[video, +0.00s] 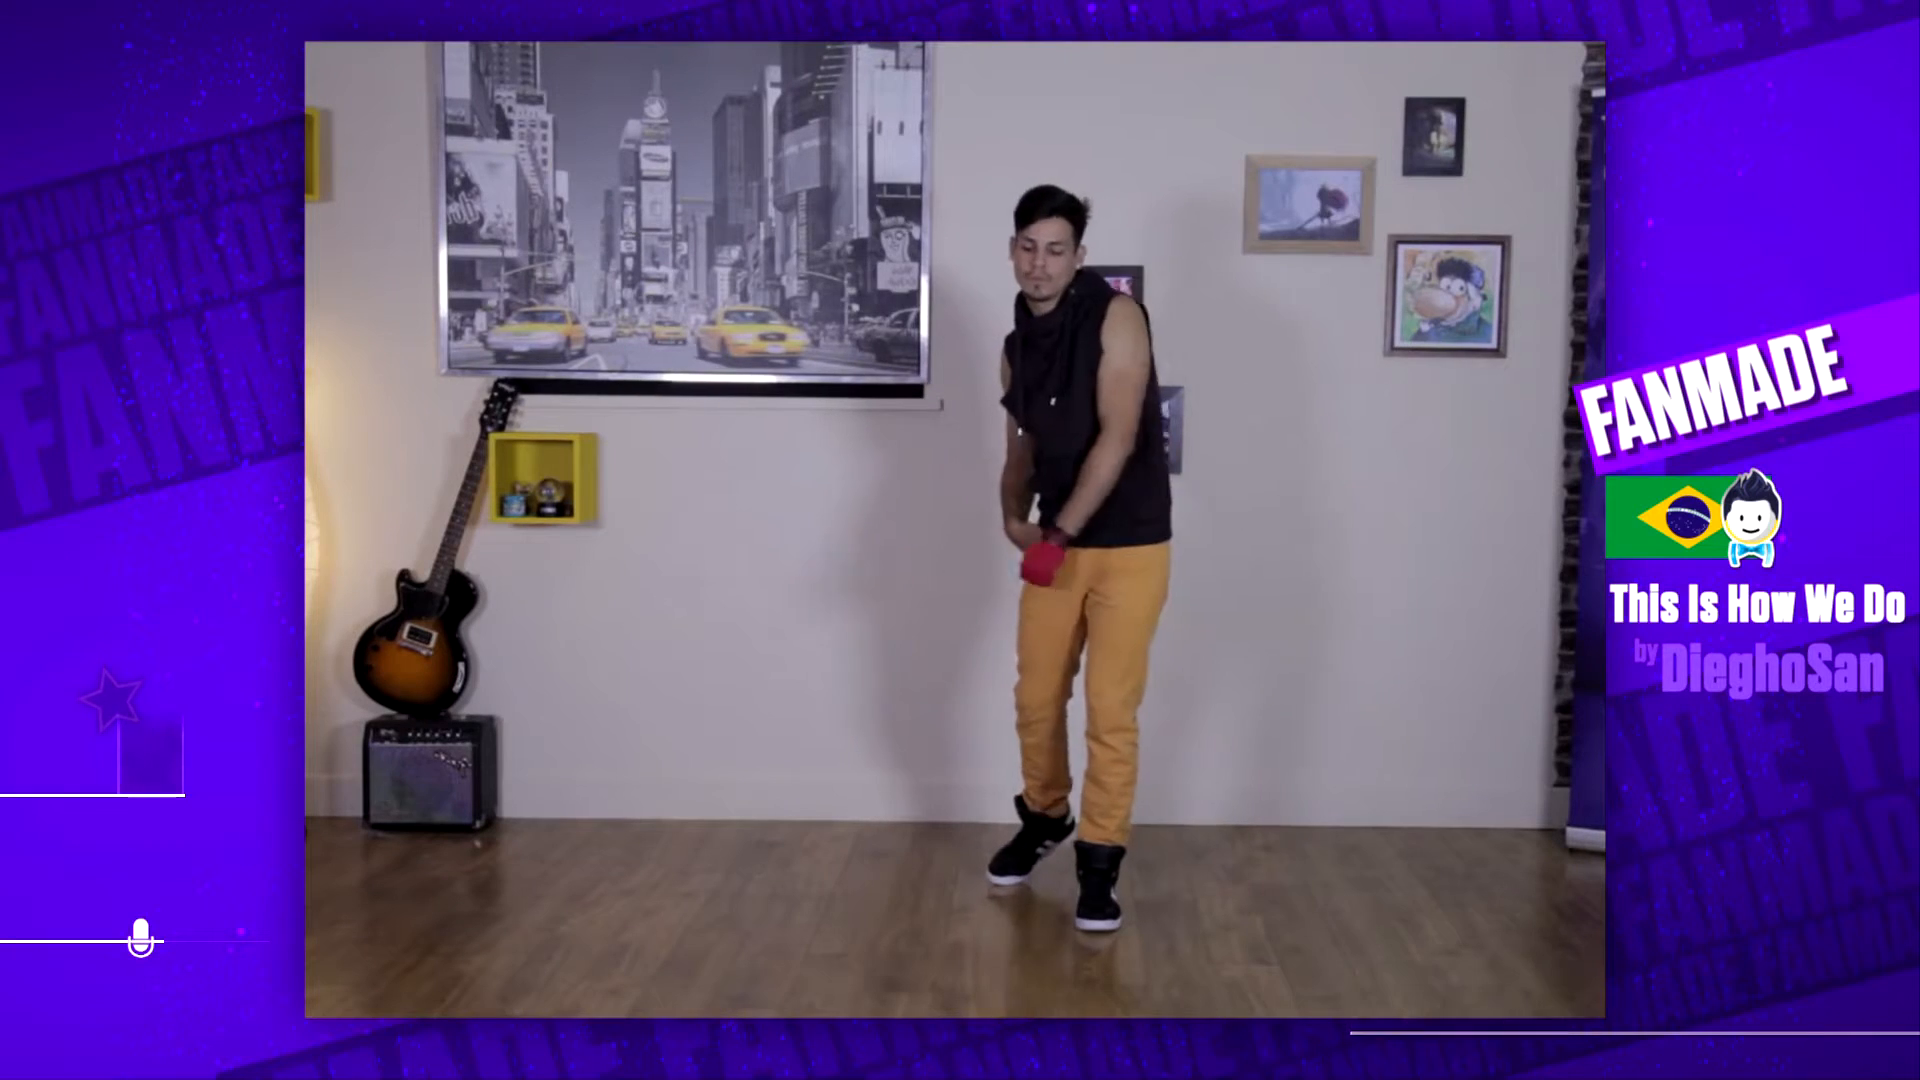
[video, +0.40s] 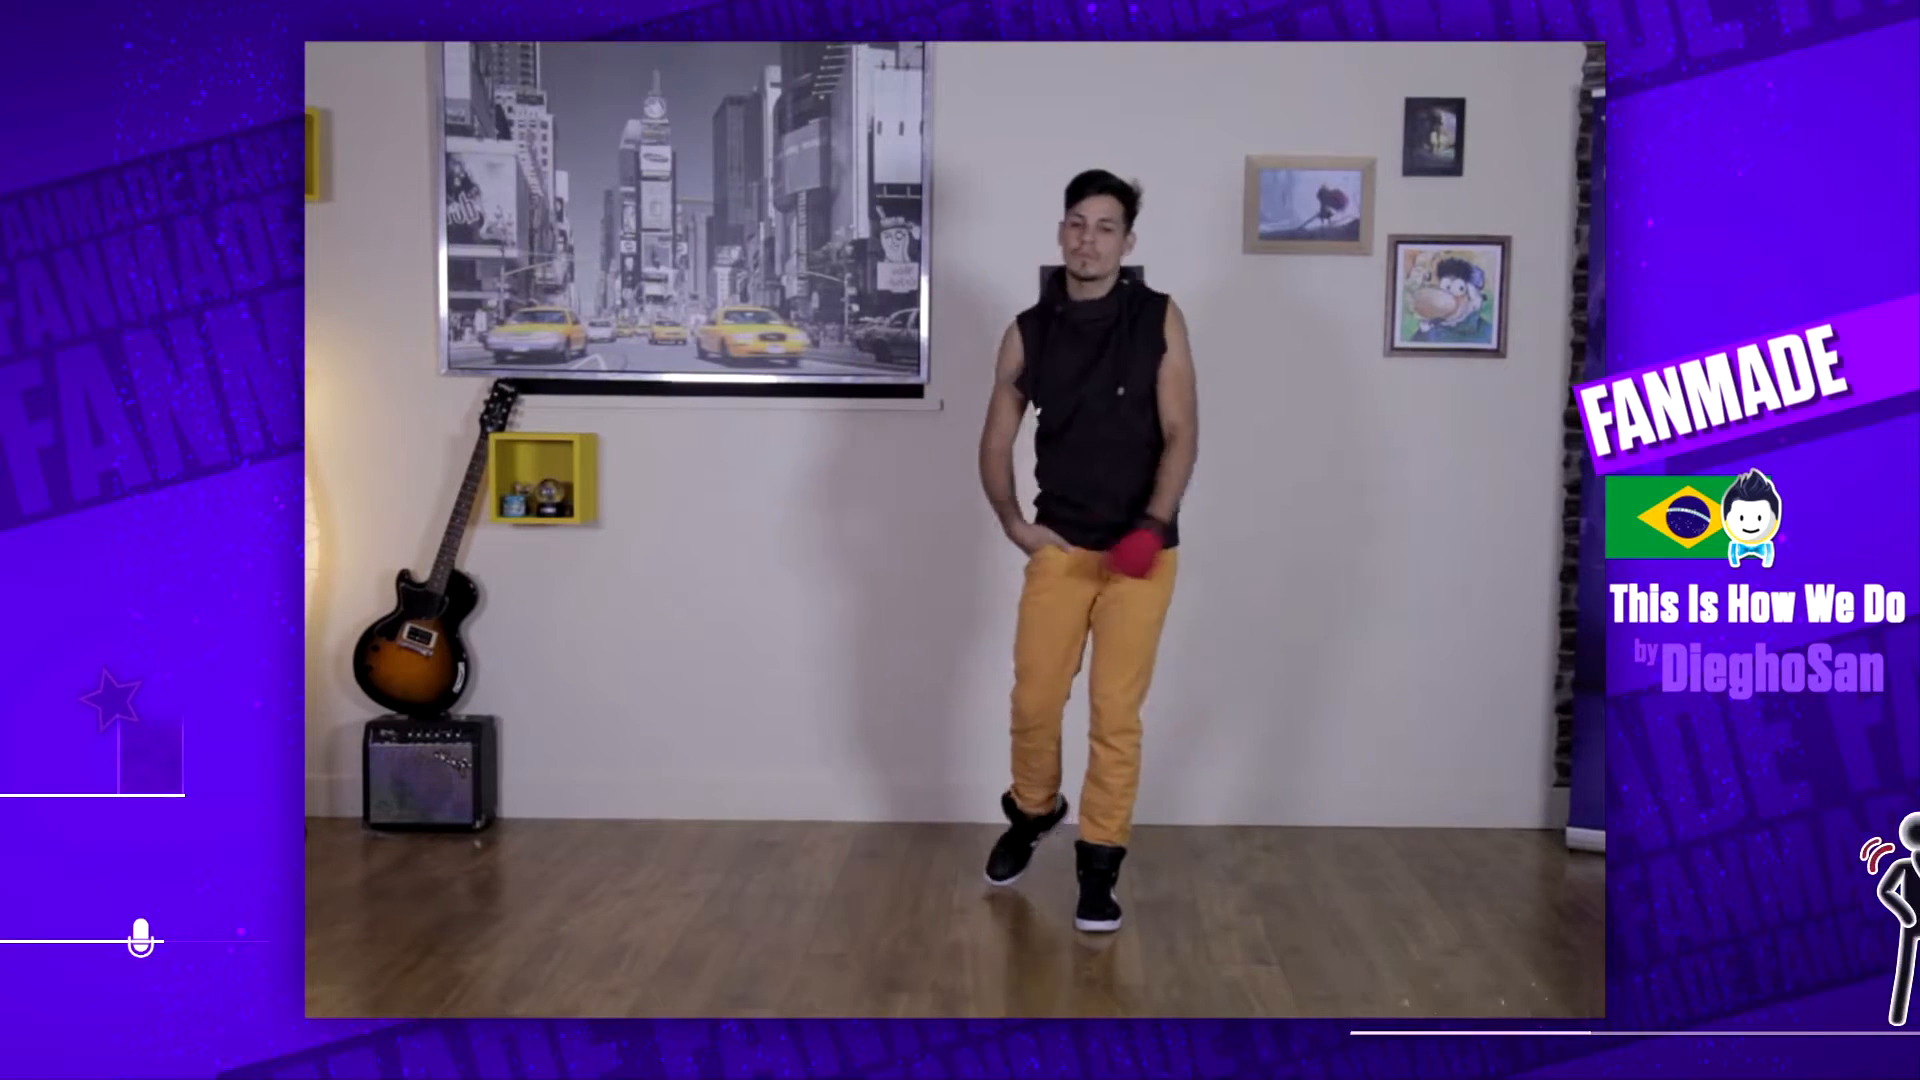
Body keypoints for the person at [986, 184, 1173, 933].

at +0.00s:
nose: (1037, 263)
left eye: (1053, 250)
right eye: (1026, 249)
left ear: (1079, 256)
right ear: (1011, 254)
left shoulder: (1118, 320)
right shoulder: (1018, 348)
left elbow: (1119, 437)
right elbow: (1019, 448)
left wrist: (1061, 534)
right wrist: (1014, 517)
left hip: (1128, 546)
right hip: (1055, 544)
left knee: (1109, 710)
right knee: (1036, 701)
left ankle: (1100, 865)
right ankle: (1045, 817)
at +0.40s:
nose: (1087, 240)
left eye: (1105, 228)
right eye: (1076, 225)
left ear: (1127, 241)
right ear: (1061, 232)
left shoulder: (1159, 319)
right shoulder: (1029, 330)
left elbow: (1181, 435)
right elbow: (995, 442)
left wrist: (1154, 525)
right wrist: (1013, 520)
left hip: (1138, 547)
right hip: (1057, 543)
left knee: (1115, 713)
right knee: (1033, 703)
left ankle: (1101, 865)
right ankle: (1032, 814)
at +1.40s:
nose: (1045, 231)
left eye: (1063, 220)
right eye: (1034, 217)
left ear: (1087, 236)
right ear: (1016, 229)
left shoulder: (1120, 330)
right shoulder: (975, 324)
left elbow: (1147, 459)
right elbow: (918, 440)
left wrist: (1085, 435)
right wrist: (966, 531)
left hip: (1103, 563)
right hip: (1009, 562)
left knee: (1138, 722)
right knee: (990, 733)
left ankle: (1126, 864)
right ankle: (966, 897)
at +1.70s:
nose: (1073, 252)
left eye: (1087, 239)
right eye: (1057, 238)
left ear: (1103, 239)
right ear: (1029, 239)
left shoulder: (1125, 302)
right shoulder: (1010, 335)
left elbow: (1106, 410)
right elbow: (973, 449)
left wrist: (1051, 318)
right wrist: (986, 523)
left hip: (1122, 567)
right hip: (1029, 563)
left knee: (1158, 739)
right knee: (995, 736)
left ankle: (1200, 904)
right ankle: (975, 900)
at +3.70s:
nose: (1085, 257)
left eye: (1102, 244)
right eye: (1078, 241)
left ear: (1146, 248)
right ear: (1069, 238)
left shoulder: (1168, 336)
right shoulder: (1032, 312)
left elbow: (1165, 447)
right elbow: (968, 431)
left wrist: (1103, 356)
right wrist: (1000, 533)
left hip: (1135, 569)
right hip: (1040, 565)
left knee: (1157, 739)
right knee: (999, 741)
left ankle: (1187, 908)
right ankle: (970, 903)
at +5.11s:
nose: (1088, 249)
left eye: (1106, 235)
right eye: (1082, 233)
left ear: (1148, 242)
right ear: (1073, 232)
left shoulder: (1160, 338)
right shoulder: (1027, 304)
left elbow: (1155, 449)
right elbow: (956, 424)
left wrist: (1104, 352)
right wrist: (993, 534)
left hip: (1124, 568)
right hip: (1030, 565)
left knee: (1148, 742)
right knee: (993, 739)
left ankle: (1168, 906)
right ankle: (963, 898)